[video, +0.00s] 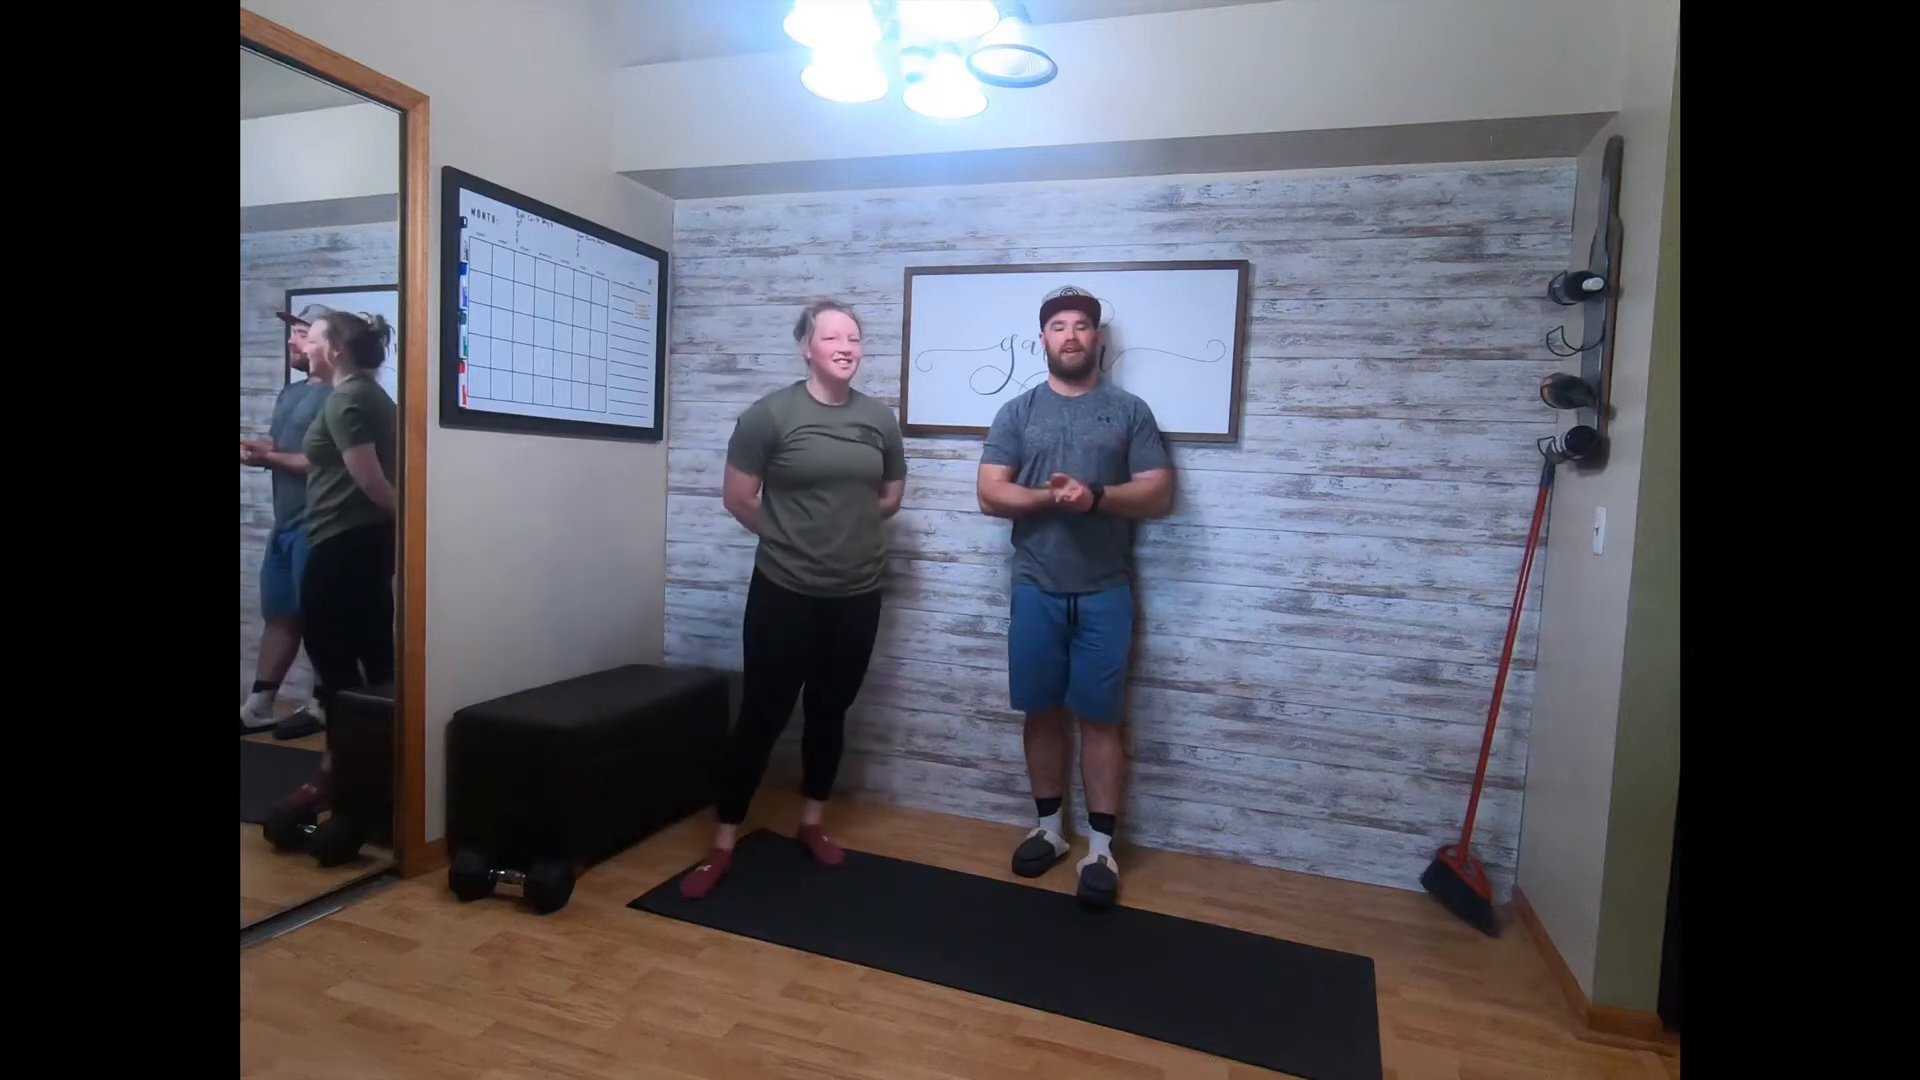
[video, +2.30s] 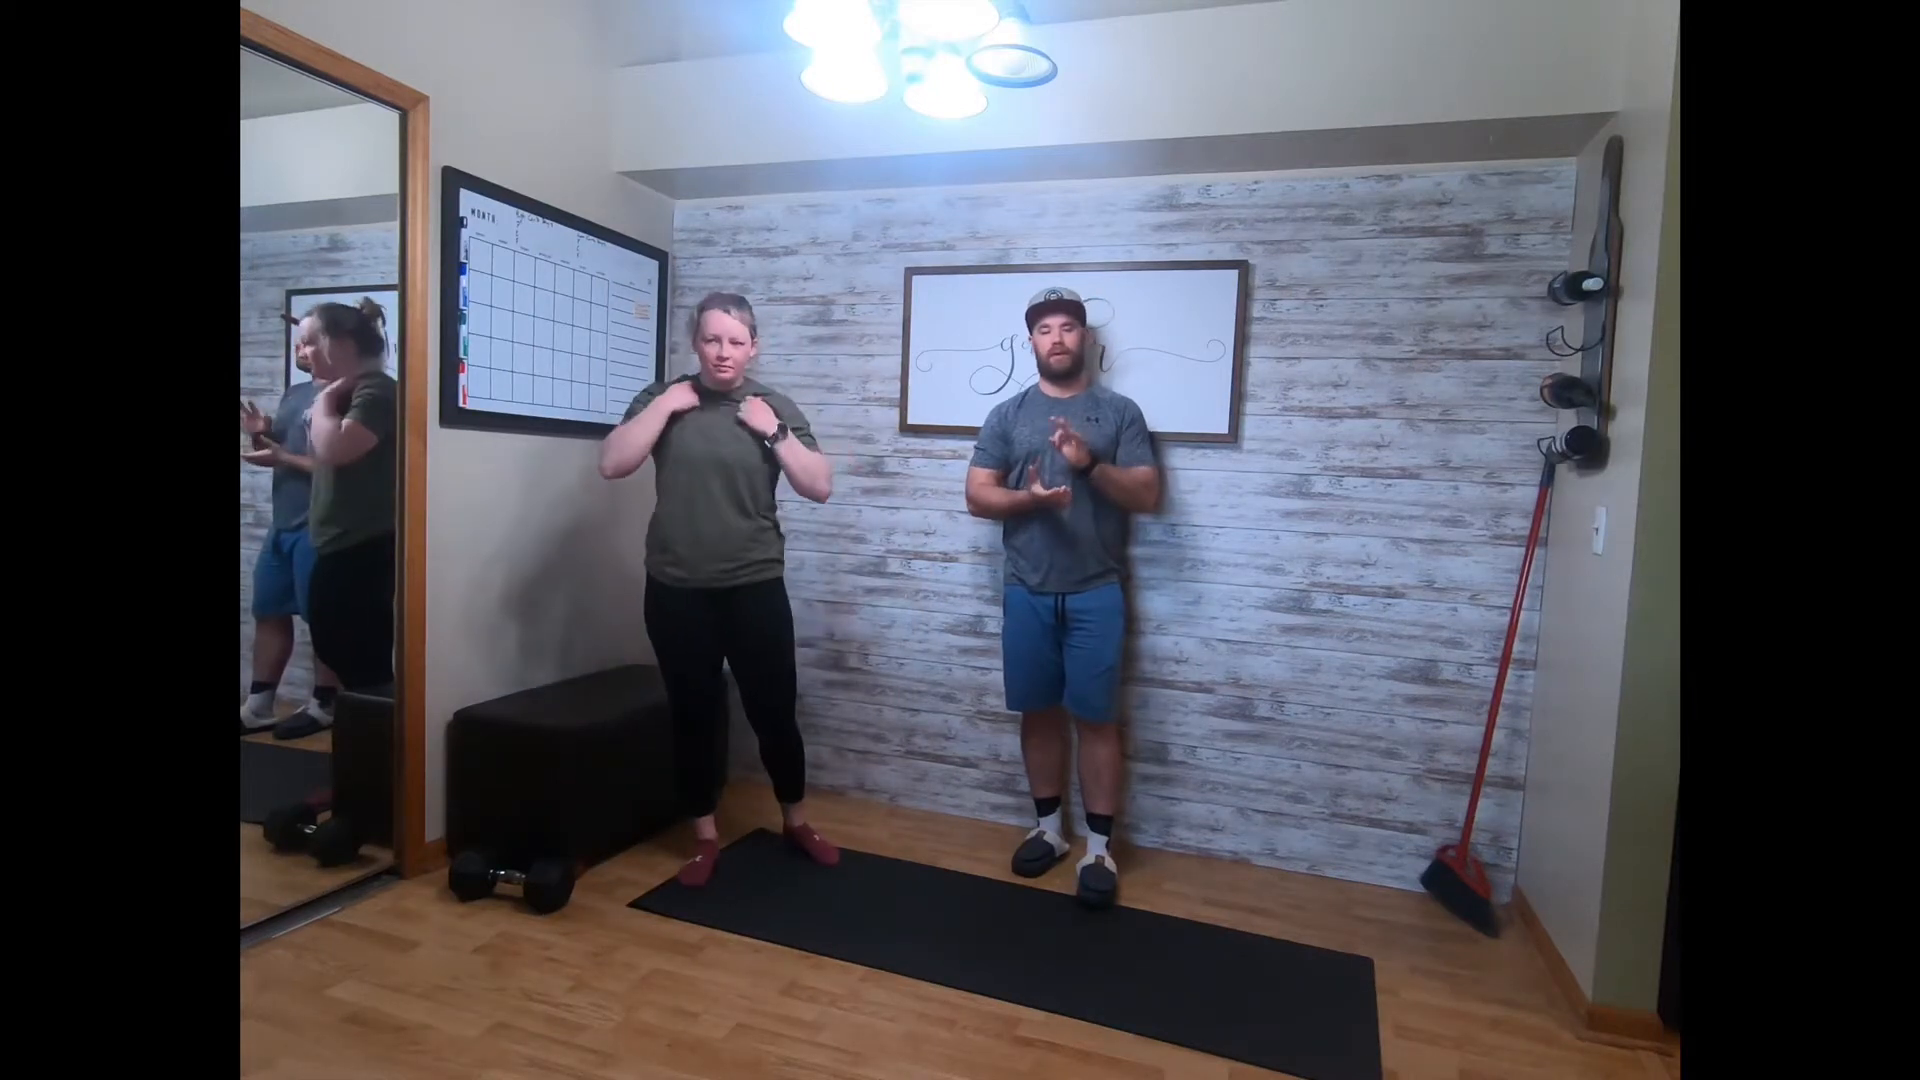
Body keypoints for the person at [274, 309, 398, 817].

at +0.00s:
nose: (312, 347)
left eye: (318, 340)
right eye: (315, 339)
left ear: (337, 351)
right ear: (362, 354)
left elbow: (370, 477)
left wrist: (410, 513)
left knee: (326, 646)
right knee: (377, 644)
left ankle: (347, 756)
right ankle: (390, 749)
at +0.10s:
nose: (309, 347)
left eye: (316, 340)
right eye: (312, 339)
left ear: (336, 352)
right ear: (357, 354)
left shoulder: (349, 399)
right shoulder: (366, 396)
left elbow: (382, 479)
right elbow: (326, 462)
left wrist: (419, 519)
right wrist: (271, 456)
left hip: (347, 542)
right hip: (370, 538)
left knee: (329, 648)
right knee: (376, 648)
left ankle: (341, 766)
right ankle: (387, 759)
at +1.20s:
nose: (309, 342)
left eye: (318, 335)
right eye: (310, 334)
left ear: (347, 343)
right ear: (349, 344)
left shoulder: (360, 389)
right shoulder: (346, 391)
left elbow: (399, 444)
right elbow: (337, 466)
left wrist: (384, 500)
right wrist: (283, 457)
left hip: (356, 542)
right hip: (340, 542)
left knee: (361, 657)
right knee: (357, 655)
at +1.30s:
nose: (311, 341)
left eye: (320, 334)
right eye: (312, 333)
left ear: (349, 343)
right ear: (351, 344)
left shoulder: (362, 386)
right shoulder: (348, 390)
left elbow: (390, 444)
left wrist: (336, 486)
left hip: (357, 543)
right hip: (343, 541)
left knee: (357, 651)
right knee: (349, 649)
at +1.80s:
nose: (315, 338)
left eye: (326, 331)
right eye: (318, 330)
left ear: (356, 342)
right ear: (348, 344)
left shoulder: (369, 386)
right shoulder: (346, 389)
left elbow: (358, 449)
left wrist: (318, 417)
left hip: (360, 543)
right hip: (340, 541)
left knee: (357, 655)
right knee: (346, 651)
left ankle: (375, 758)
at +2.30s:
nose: (309, 355)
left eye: (313, 343)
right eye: (308, 345)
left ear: (341, 343)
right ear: (348, 344)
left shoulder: (376, 392)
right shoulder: (349, 393)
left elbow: (333, 450)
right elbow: (329, 455)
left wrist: (324, 403)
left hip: (364, 548)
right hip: (342, 547)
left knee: (358, 655)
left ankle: (373, 756)